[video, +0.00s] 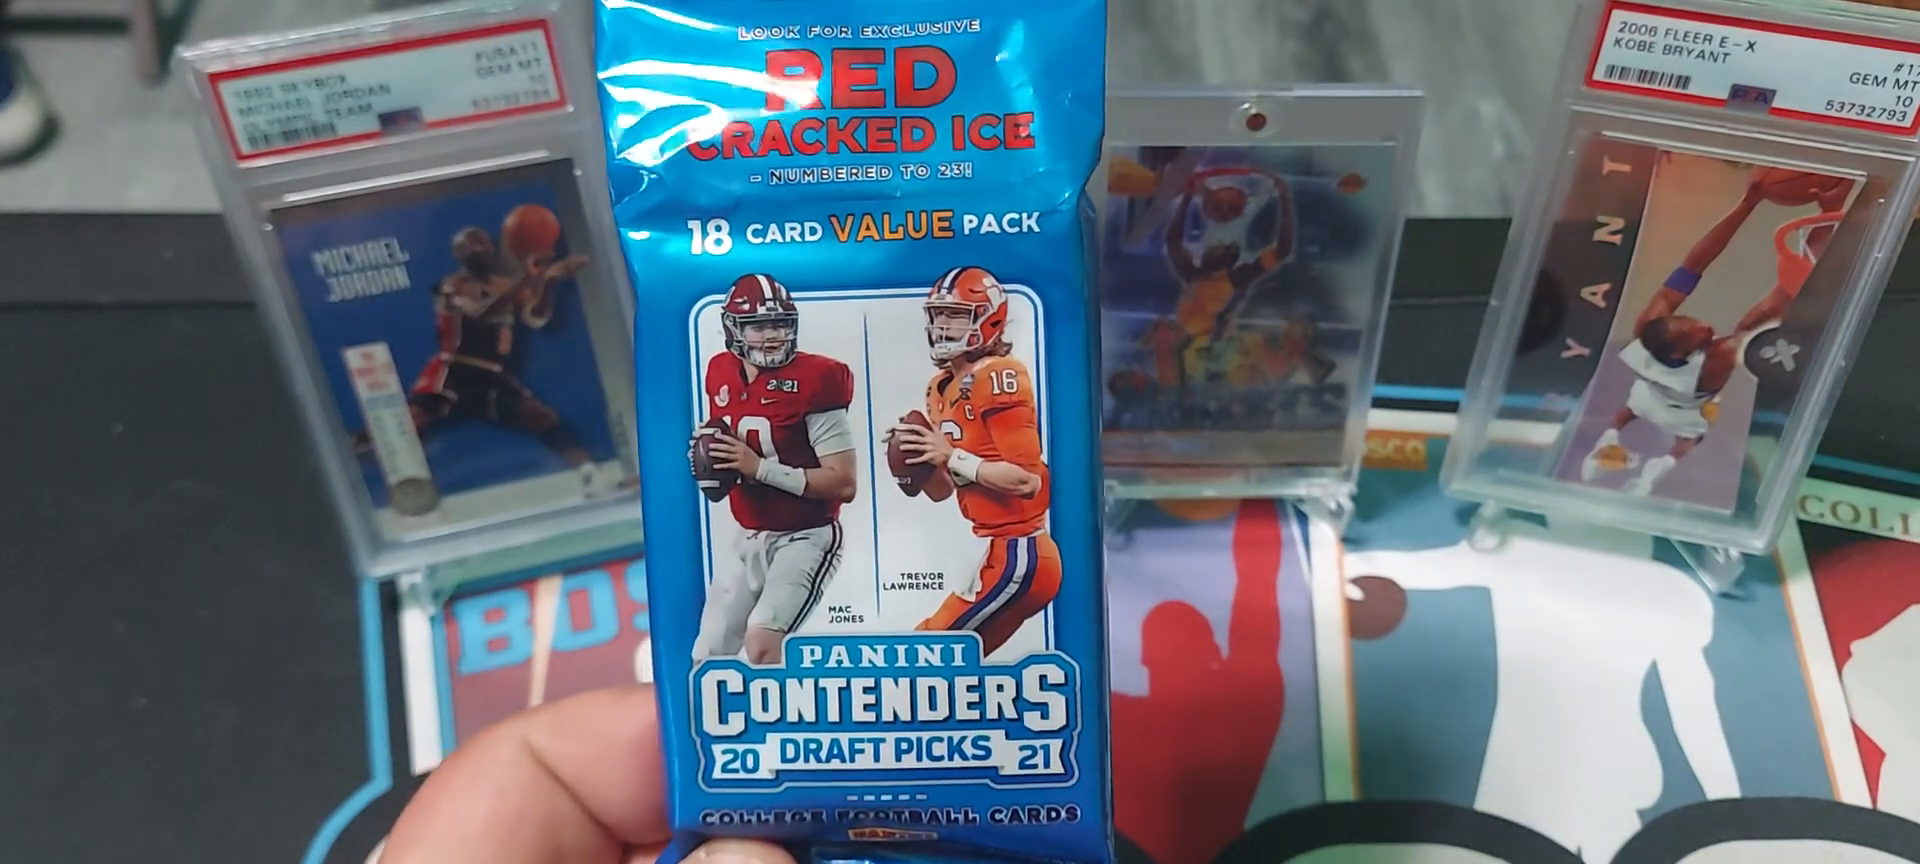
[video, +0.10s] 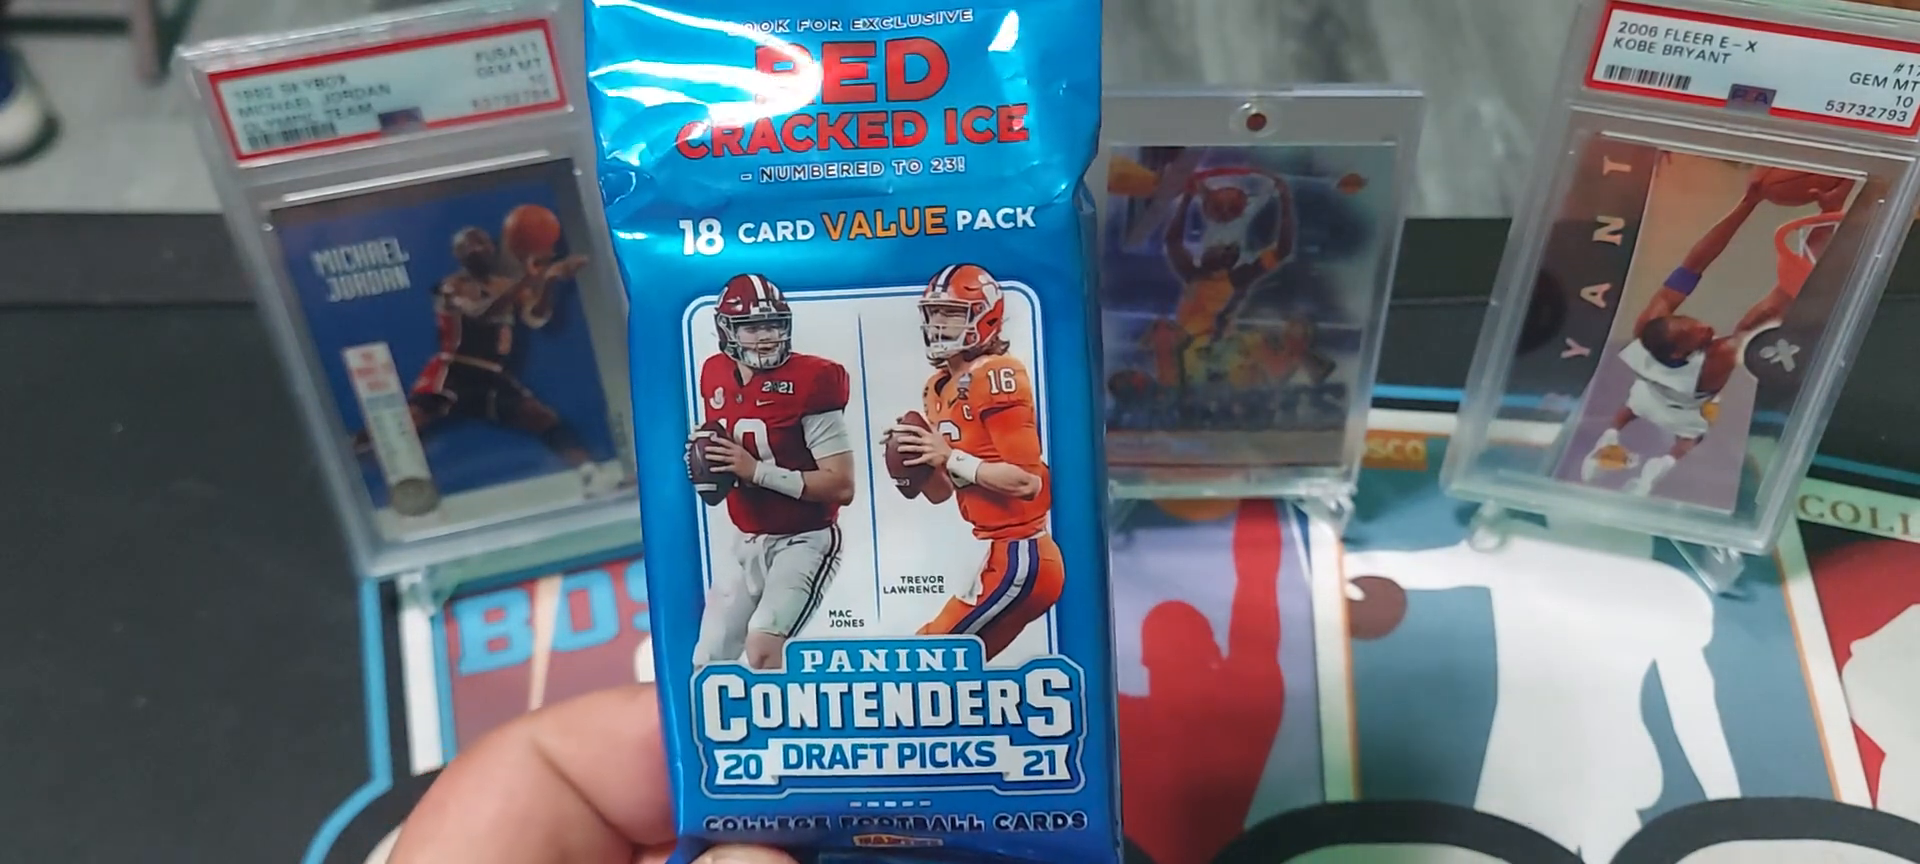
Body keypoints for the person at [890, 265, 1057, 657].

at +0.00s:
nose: (943, 328)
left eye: (956, 317)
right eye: (938, 316)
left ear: (988, 321)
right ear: (929, 319)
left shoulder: (998, 375)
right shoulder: (940, 386)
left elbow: (1025, 480)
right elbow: (940, 490)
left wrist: (950, 455)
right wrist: (912, 457)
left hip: (1020, 555)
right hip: (1003, 553)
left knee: (922, 656)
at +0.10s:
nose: (939, 326)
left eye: (952, 315)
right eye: (934, 315)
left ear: (985, 318)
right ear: (924, 317)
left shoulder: (997, 374)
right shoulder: (936, 388)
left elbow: (1026, 481)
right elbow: (939, 492)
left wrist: (949, 456)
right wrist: (909, 462)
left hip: (1022, 557)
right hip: (1005, 555)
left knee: (923, 662)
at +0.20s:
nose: (953, 330)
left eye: (967, 319)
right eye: (948, 318)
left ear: (1000, 323)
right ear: (939, 321)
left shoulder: (1012, 378)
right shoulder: (950, 392)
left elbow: (1040, 486)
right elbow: (953, 497)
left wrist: (963, 461)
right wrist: (923, 468)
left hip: (1034, 563)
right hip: (1016, 561)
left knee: (935, 669)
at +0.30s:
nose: (962, 338)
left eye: (976, 327)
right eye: (957, 326)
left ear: (1009, 332)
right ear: (947, 329)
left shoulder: (1021, 388)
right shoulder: (958, 401)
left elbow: (1049, 497)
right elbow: (960, 507)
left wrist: (971, 471)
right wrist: (931, 476)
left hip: (1042, 576)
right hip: (1025, 573)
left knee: (941, 680)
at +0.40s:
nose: (959, 349)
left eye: (974, 338)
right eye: (954, 337)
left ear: (1008, 342)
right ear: (945, 340)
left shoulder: (1021, 400)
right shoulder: (957, 412)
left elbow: (1048, 509)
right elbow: (959, 519)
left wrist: (969, 483)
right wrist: (931, 485)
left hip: (1043, 589)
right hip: (1021, 586)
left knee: (939, 693)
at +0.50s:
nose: (967, 346)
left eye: (981, 335)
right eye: (962, 334)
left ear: (1015, 339)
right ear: (953, 337)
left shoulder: (1027, 396)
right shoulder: (964, 409)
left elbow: (1054, 505)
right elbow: (966, 515)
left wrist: (976, 479)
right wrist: (937, 485)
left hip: (1050, 585)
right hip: (1030, 582)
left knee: (947, 689)